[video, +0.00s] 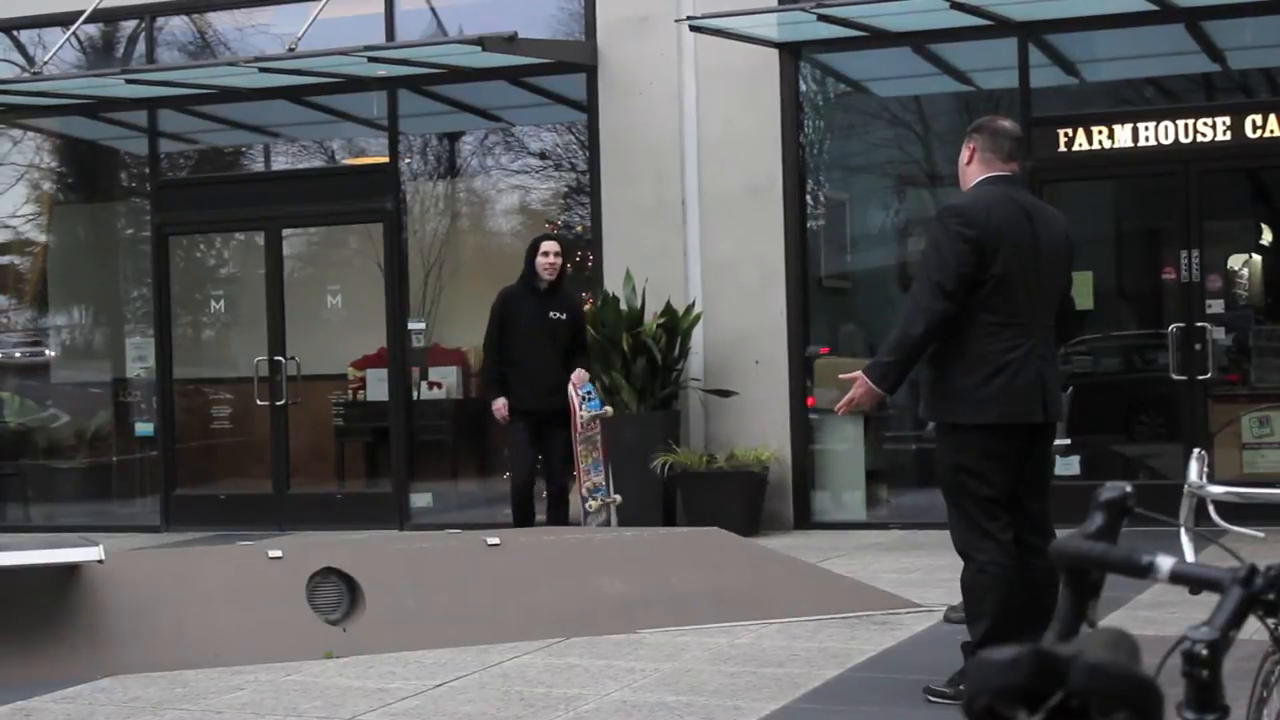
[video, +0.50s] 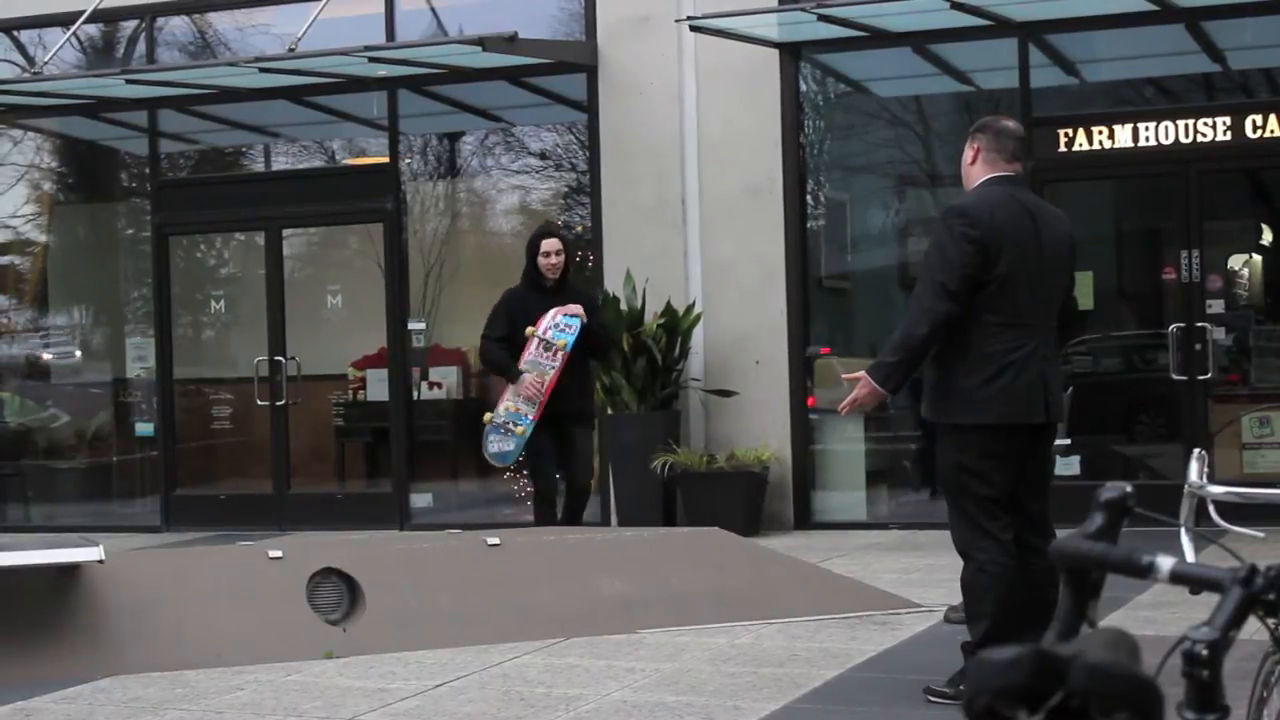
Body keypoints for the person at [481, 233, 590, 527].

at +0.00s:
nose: (551, 261)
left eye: (556, 255)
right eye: (545, 255)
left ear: (563, 261)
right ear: (532, 259)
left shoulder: (570, 302)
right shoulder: (509, 298)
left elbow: (580, 350)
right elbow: (492, 351)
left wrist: (580, 369)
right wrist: (496, 394)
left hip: (558, 401)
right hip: (519, 401)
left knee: (558, 480)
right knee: (521, 478)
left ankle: (557, 542)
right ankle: (524, 541)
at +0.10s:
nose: (554, 260)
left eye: (559, 254)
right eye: (547, 254)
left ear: (566, 260)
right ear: (534, 259)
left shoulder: (574, 302)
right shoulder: (512, 299)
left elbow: (588, 350)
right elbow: (493, 350)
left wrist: (577, 362)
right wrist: (499, 390)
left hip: (563, 404)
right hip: (524, 402)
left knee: (560, 478)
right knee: (529, 476)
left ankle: (557, 541)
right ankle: (530, 540)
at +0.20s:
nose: (555, 265)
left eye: (560, 259)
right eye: (548, 259)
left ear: (568, 263)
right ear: (536, 264)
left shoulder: (577, 305)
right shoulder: (515, 305)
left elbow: (596, 355)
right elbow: (495, 354)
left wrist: (576, 356)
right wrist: (503, 391)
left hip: (567, 410)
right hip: (528, 409)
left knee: (564, 483)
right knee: (536, 483)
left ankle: (559, 549)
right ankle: (536, 549)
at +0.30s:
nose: (554, 270)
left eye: (559, 264)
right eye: (547, 265)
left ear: (567, 267)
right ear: (535, 269)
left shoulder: (580, 308)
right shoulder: (517, 309)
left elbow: (599, 358)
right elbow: (495, 358)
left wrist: (577, 344)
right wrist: (504, 387)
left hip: (573, 408)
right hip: (532, 409)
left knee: (568, 479)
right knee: (540, 479)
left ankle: (562, 544)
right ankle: (544, 546)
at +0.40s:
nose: (552, 267)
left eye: (557, 260)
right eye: (545, 262)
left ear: (566, 264)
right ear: (534, 266)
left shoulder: (581, 306)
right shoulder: (517, 307)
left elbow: (604, 355)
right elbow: (492, 353)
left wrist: (582, 334)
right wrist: (506, 381)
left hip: (575, 409)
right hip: (535, 412)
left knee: (575, 484)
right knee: (545, 485)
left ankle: (565, 543)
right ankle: (546, 546)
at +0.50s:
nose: (553, 261)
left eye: (558, 253)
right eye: (545, 255)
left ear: (566, 256)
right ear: (533, 258)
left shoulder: (582, 298)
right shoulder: (515, 299)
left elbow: (604, 350)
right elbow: (489, 349)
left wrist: (585, 320)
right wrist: (516, 376)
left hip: (576, 406)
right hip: (535, 408)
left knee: (581, 482)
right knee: (545, 485)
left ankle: (567, 540)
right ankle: (546, 547)